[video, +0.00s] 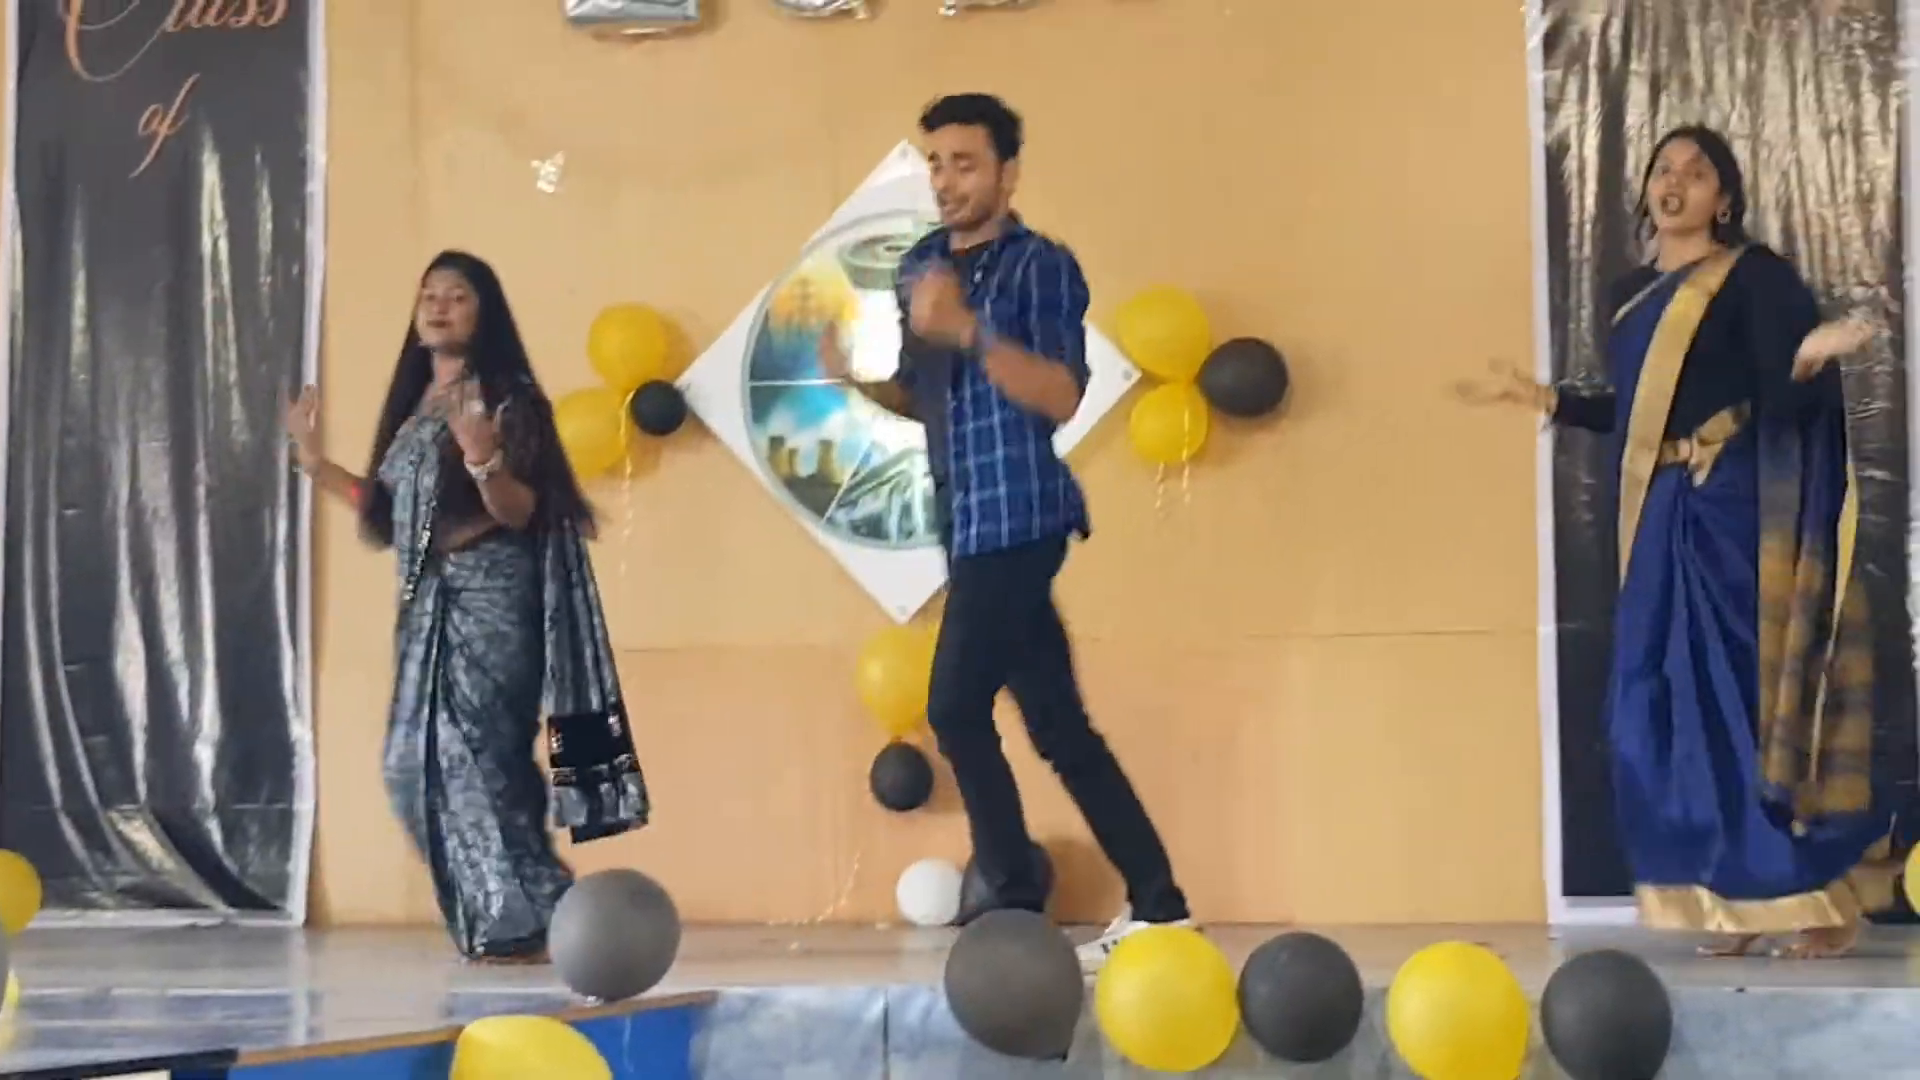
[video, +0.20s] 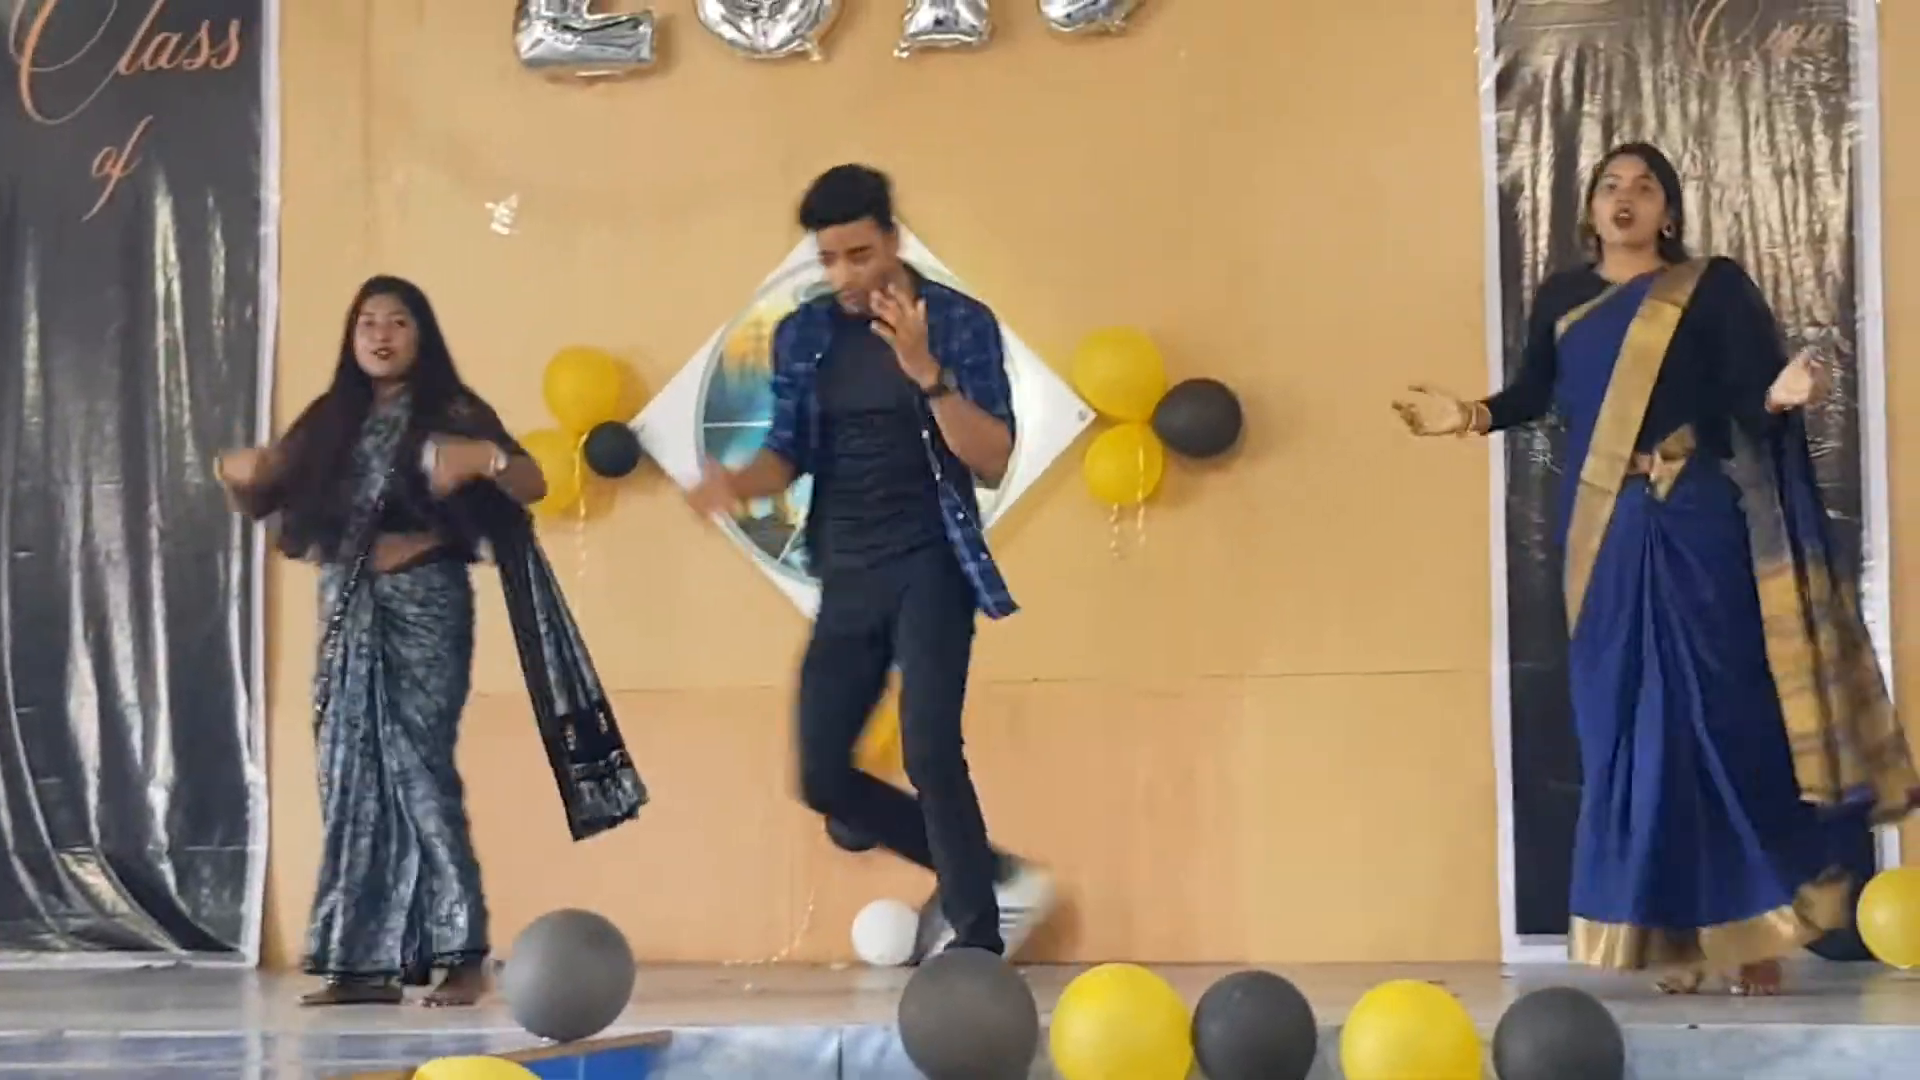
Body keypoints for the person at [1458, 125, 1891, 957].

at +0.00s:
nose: (1676, 183)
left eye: (1695, 172)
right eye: (1664, 171)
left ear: (1725, 194)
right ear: (1647, 193)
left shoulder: (1757, 275)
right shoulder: (1638, 305)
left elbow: (1794, 392)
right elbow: (1634, 412)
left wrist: (1814, 352)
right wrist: (1546, 400)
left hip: (1748, 524)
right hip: (1664, 529)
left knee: (1761, 697)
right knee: (1674, 705)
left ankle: (1820, 899)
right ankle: (1734, 907)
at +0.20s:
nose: (1623, 200)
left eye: (1640, 188)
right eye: (1611, 188)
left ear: (1668, 208)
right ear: (1589, 207)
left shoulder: (1715, 285)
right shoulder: (1562, 299)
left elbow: (1752, 393)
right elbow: (1530, 395)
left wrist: (1781, 389)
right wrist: (1470, 414)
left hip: (1701, 526)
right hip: (1606, 533)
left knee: (1719, 714)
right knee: (1631, 719)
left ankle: (1754, 928)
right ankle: (1668, 936)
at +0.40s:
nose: (1557, 239)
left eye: (1570, 227)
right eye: (1539, 231)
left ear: (1596, 246)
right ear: (1518, 256)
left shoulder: (1647, 334)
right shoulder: (1495, 353)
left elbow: (1684, 477)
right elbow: (1494, 479)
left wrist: (1697, 410)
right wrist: (1465, 459)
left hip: (1625, 564)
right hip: (1528, 569)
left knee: (1629, 745)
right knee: (1505, 743)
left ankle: (1638, 945)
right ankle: (1558, 943)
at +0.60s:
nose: (1459, 228)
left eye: (1471, 216)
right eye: (1443, 213)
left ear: (1488, 235)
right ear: (1411, 234)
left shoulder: (1524, 297)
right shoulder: (1392, 334)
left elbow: (1637, 329)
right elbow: (1372, 450)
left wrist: (1617, 245)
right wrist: (1405, 363)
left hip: (1549, 523)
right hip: (1458, 532)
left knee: (1560, 714)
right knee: (1398, 708)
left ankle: (1584, 925)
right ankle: (1308, 911)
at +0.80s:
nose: (1346, 260)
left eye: (1361, 250)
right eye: (1333, 243)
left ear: (1372, 262)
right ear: (1301, 246)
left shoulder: (1389, 335)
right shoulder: (1263, 338)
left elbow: (1509, 359)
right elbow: (1284, 434)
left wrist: (1560, 273)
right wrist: (1350, 387)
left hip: (1441, 540)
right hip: (1345, 550)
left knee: (1487, 714)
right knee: (1307, 726)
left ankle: (1611, 915)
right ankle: (1245, 931)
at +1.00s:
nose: (1284, 240)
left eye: (1302, 231)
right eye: (1272, 223)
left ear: (1325, 243)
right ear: (1250, 227)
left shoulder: (1350, 317)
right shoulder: (1215, 305)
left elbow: (1458, 347)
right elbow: (1182, 384)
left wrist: (1478, 257)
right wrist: (1287, 314)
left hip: (1362, 534)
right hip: (1265, 541)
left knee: (1390, 705)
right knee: (1271, 711)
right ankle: (1251, 908)